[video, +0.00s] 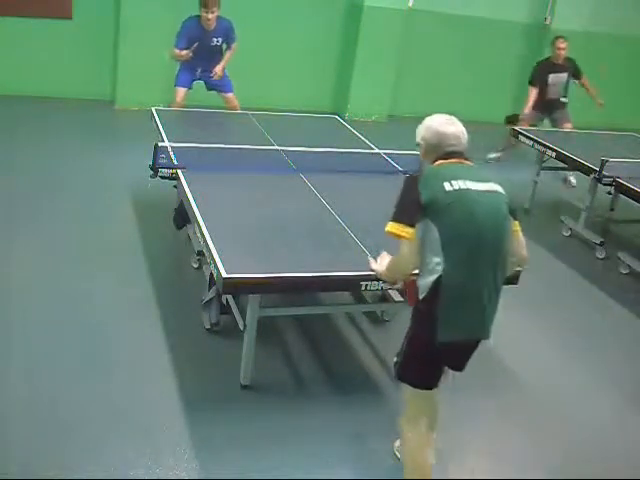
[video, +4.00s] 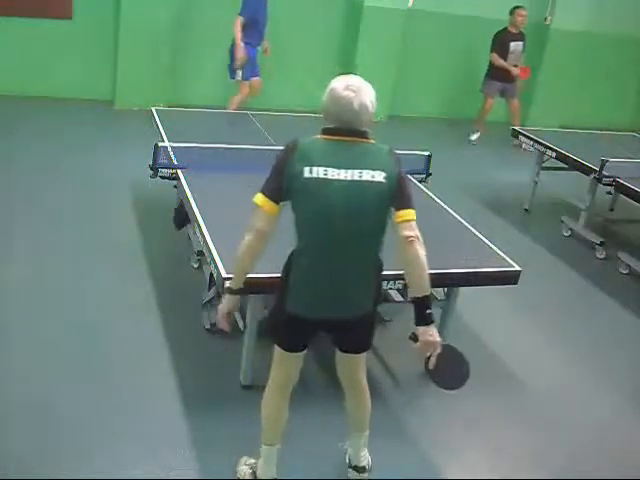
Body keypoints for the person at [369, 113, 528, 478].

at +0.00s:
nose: (417, 152)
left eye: (419, 147)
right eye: (417, 147)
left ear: (426, 150)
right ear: (463, 148)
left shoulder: (421, 183)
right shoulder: (493, 185)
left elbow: (405, 266)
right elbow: (518, 255)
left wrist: (386, 270)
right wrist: (483, 270)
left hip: (437, 313)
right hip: (479, 313)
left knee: (416, 419)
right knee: (427, 381)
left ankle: (418, 470)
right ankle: (416, 443)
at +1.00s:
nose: (407, 180)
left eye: (408, 172)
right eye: (406, 172)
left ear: (423, 173)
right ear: (451, 164)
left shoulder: (444, 212)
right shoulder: (479, 195)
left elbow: (492, 291)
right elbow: (442, 235)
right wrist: (384, 234)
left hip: (459, 349)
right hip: (487, 342)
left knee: (407, 439)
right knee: (453, 405)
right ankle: (456, 472)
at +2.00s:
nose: (494, 163)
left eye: (496, 157)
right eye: (496, 156)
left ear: (506, 164)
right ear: (546, 164)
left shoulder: (506, 210)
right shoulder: (563, 209)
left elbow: (489, 304)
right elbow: (540, 284)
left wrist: (456, 341)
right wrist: (481, 284)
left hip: (491, 350)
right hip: (529, 346)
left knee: (444, 442)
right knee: (489, 416)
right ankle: (489, 474)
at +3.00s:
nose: (297, 161)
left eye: (299, 157)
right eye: (299, 155)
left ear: (306, 165)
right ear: (338, 157)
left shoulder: (314, 213)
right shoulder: (364, 187)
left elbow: (313, 293)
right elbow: (327, 233)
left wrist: (304, 318)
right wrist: (286, 259)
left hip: (340, 323)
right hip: (377, 313)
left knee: (270, 373)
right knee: (377, 375)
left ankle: (266, 468)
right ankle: (435, 435)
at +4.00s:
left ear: (324, 113)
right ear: (370, 118)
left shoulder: (296, 154)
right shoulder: (387, 162)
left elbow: (258, 231)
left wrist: (232, 290)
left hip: (303, 296)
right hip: (357, 300)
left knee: (280, 383)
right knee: (355, 377)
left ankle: (267, 468)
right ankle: (359, 457)